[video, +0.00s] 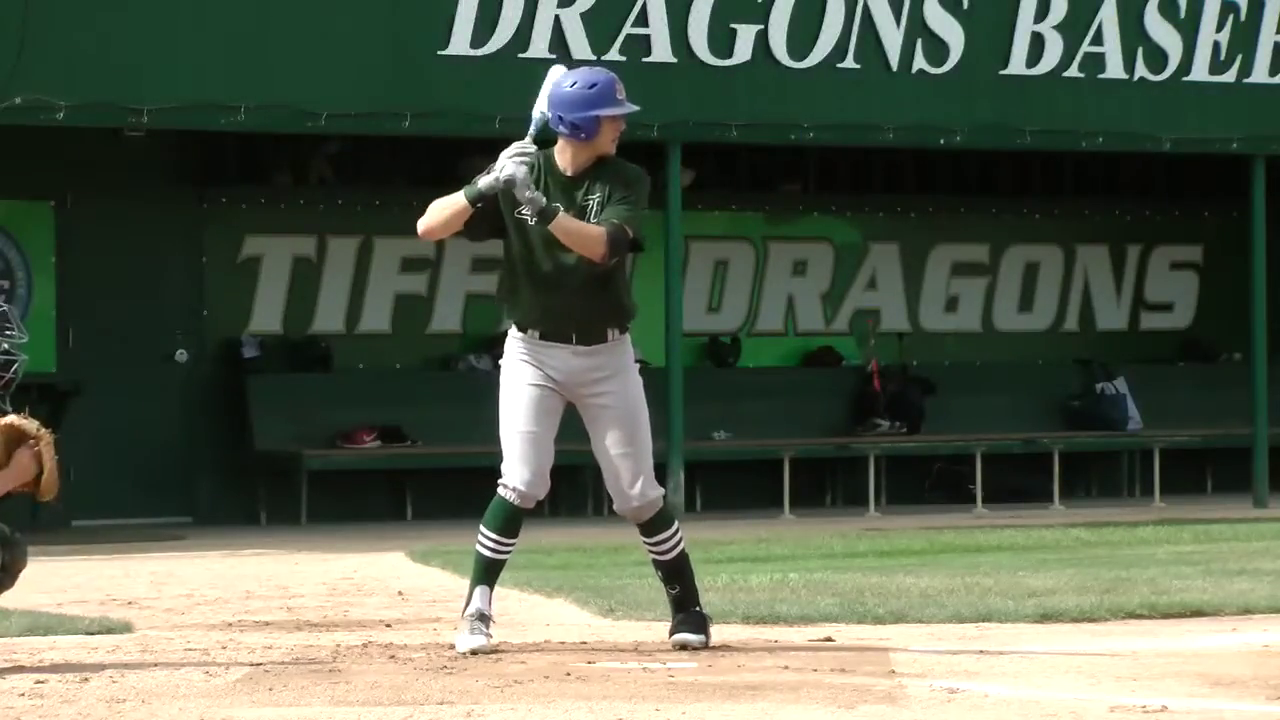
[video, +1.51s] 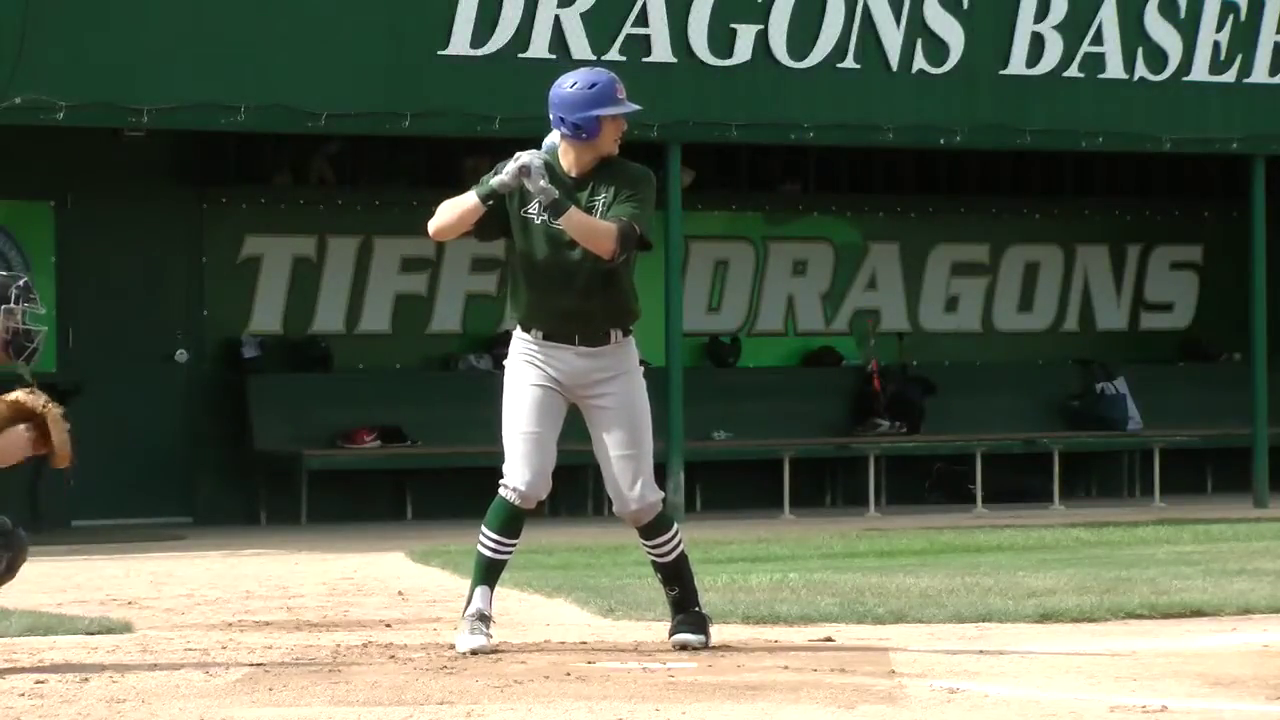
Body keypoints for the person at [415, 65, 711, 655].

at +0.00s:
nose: (621, 127)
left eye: (619, 117)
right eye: (611, 119)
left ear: (592, 122)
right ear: (579, 123)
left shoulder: (625, 179)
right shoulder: (521, 172)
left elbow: (608, 246)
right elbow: (429, 227)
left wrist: (540, 209)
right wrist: (491, 184)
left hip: (607, 357)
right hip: (530, 354)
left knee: (638, 493)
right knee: (522, 483)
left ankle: (687, 610)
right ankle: (477, 610)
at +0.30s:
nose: (623, 127)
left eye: (621, 118)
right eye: (614, 119)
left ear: (594, 122)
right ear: (582, 124)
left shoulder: (628, 178)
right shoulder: (521, 172)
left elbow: (613, 241)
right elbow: (431, 224)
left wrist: (549, 207)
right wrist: (492, 184)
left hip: (609, 357)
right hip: (533, 354)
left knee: (639, 494)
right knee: (524, 483)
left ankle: (687, 610)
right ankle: (477, 609)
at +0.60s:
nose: (624, 127)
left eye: (622, 118)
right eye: (614, 119)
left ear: (596, 123)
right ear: (581, 124)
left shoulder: (629, 179)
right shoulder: (522, 170)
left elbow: (616, 244)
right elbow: (435, 227)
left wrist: (552, 209)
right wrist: (493, 191)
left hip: (610, 358)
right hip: (533, 354)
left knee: (639, 496)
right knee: (525, 484)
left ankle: (687, 611)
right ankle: (477, 610)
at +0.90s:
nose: (624, 127)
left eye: (622, 118)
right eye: (614, 119)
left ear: (598, 123)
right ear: (582, 124)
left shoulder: (630, 179)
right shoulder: (523, 171)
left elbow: (615, 245)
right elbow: (438, 228)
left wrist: (551, 200)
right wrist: (498, 181)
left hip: (611, 358)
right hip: (534, 354)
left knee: (639, 497)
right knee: (524, 483)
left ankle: (687, 610)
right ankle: (478, 608)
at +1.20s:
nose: (624, 127)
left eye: (622, 118)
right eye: (614, 120)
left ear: (599, 122)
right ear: (582, 124)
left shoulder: (631, 178)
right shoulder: (523, 173)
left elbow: (616, 244)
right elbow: (439, 228)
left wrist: (552, 200)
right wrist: (494, 186)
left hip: (612, 358)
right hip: (534, 354)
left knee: (639, 498)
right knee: (524, 483)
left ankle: (687, 611)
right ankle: (477, 609)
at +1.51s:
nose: (623, 127)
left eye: (621, 118)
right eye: (613, 120)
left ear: (599, 122)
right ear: (580, 124)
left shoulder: (630, 178)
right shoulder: (523, 173)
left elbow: (615, 244)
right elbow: (439, 228)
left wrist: (552, 199)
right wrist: (495, 187)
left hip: (612, 358)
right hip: (535, 354)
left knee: (639, 498)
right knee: (523, 483)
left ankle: (687, 611)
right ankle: (478, 608)